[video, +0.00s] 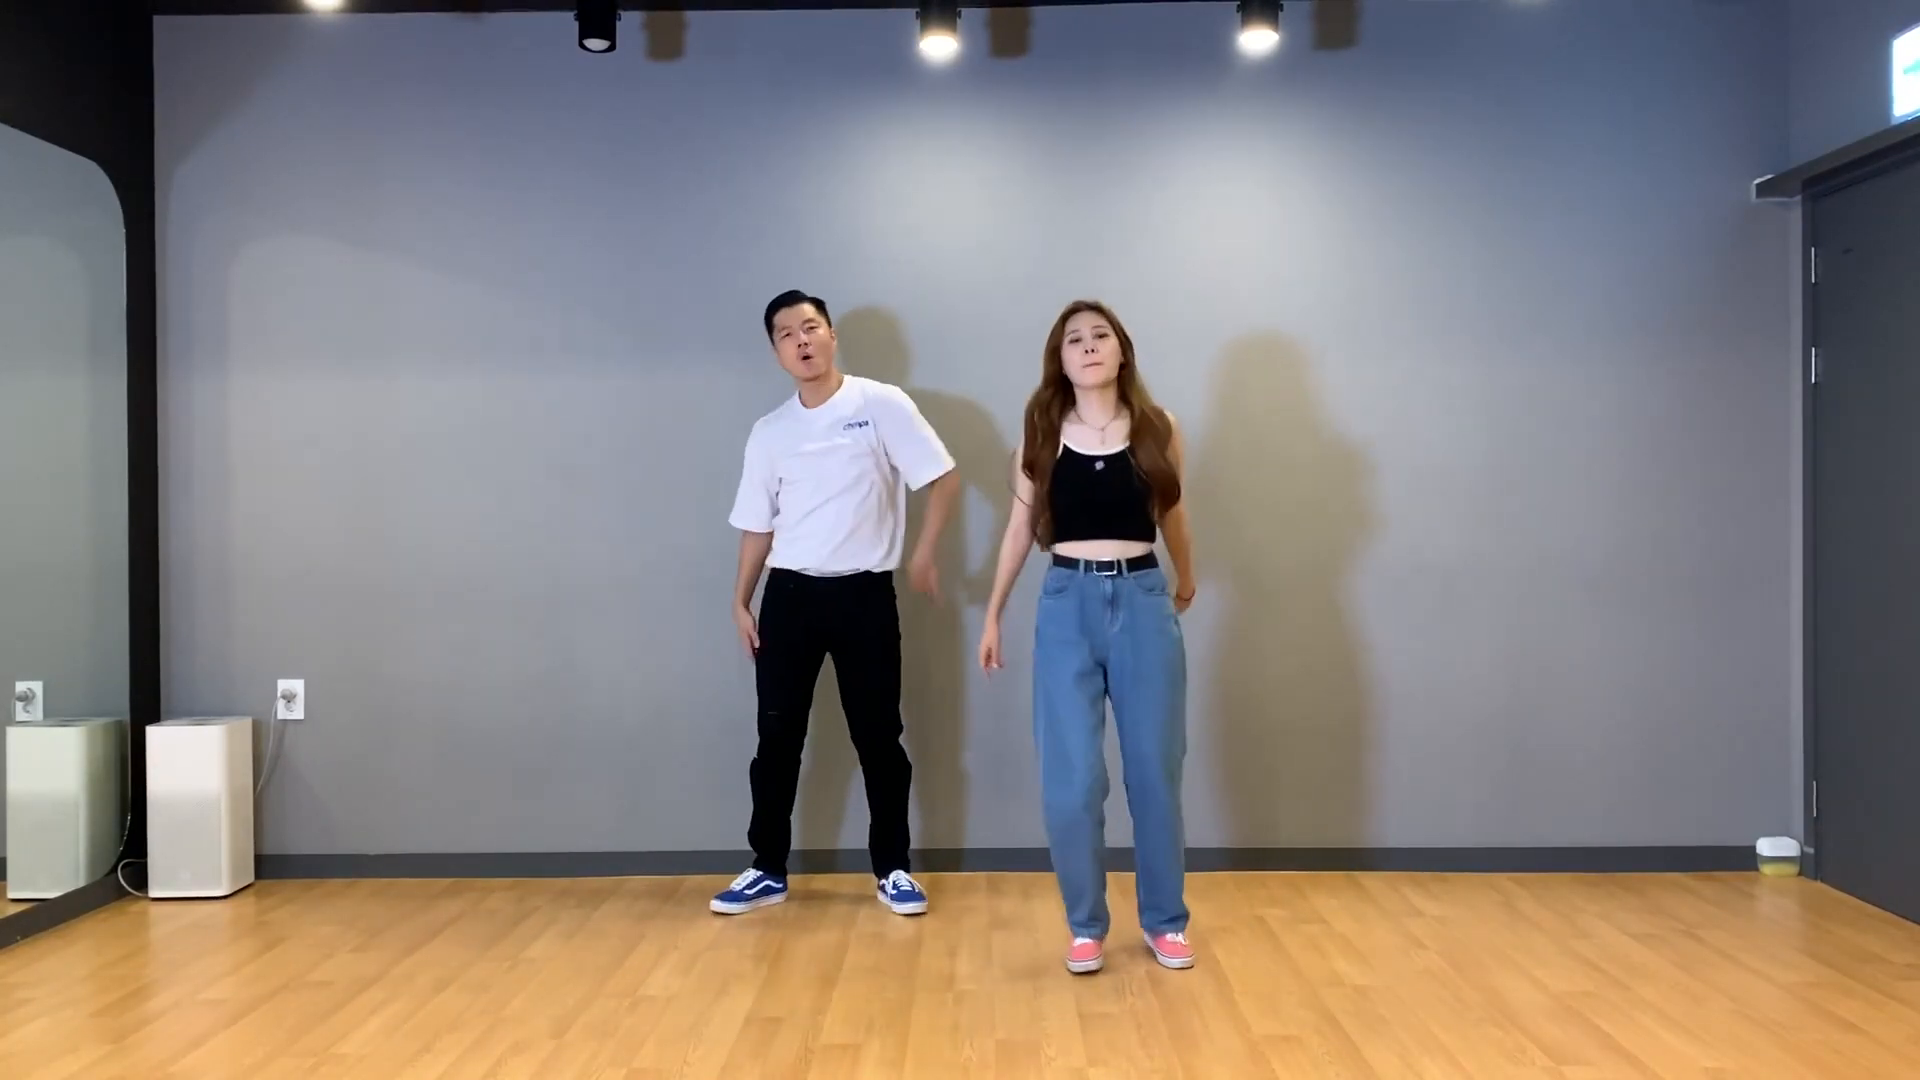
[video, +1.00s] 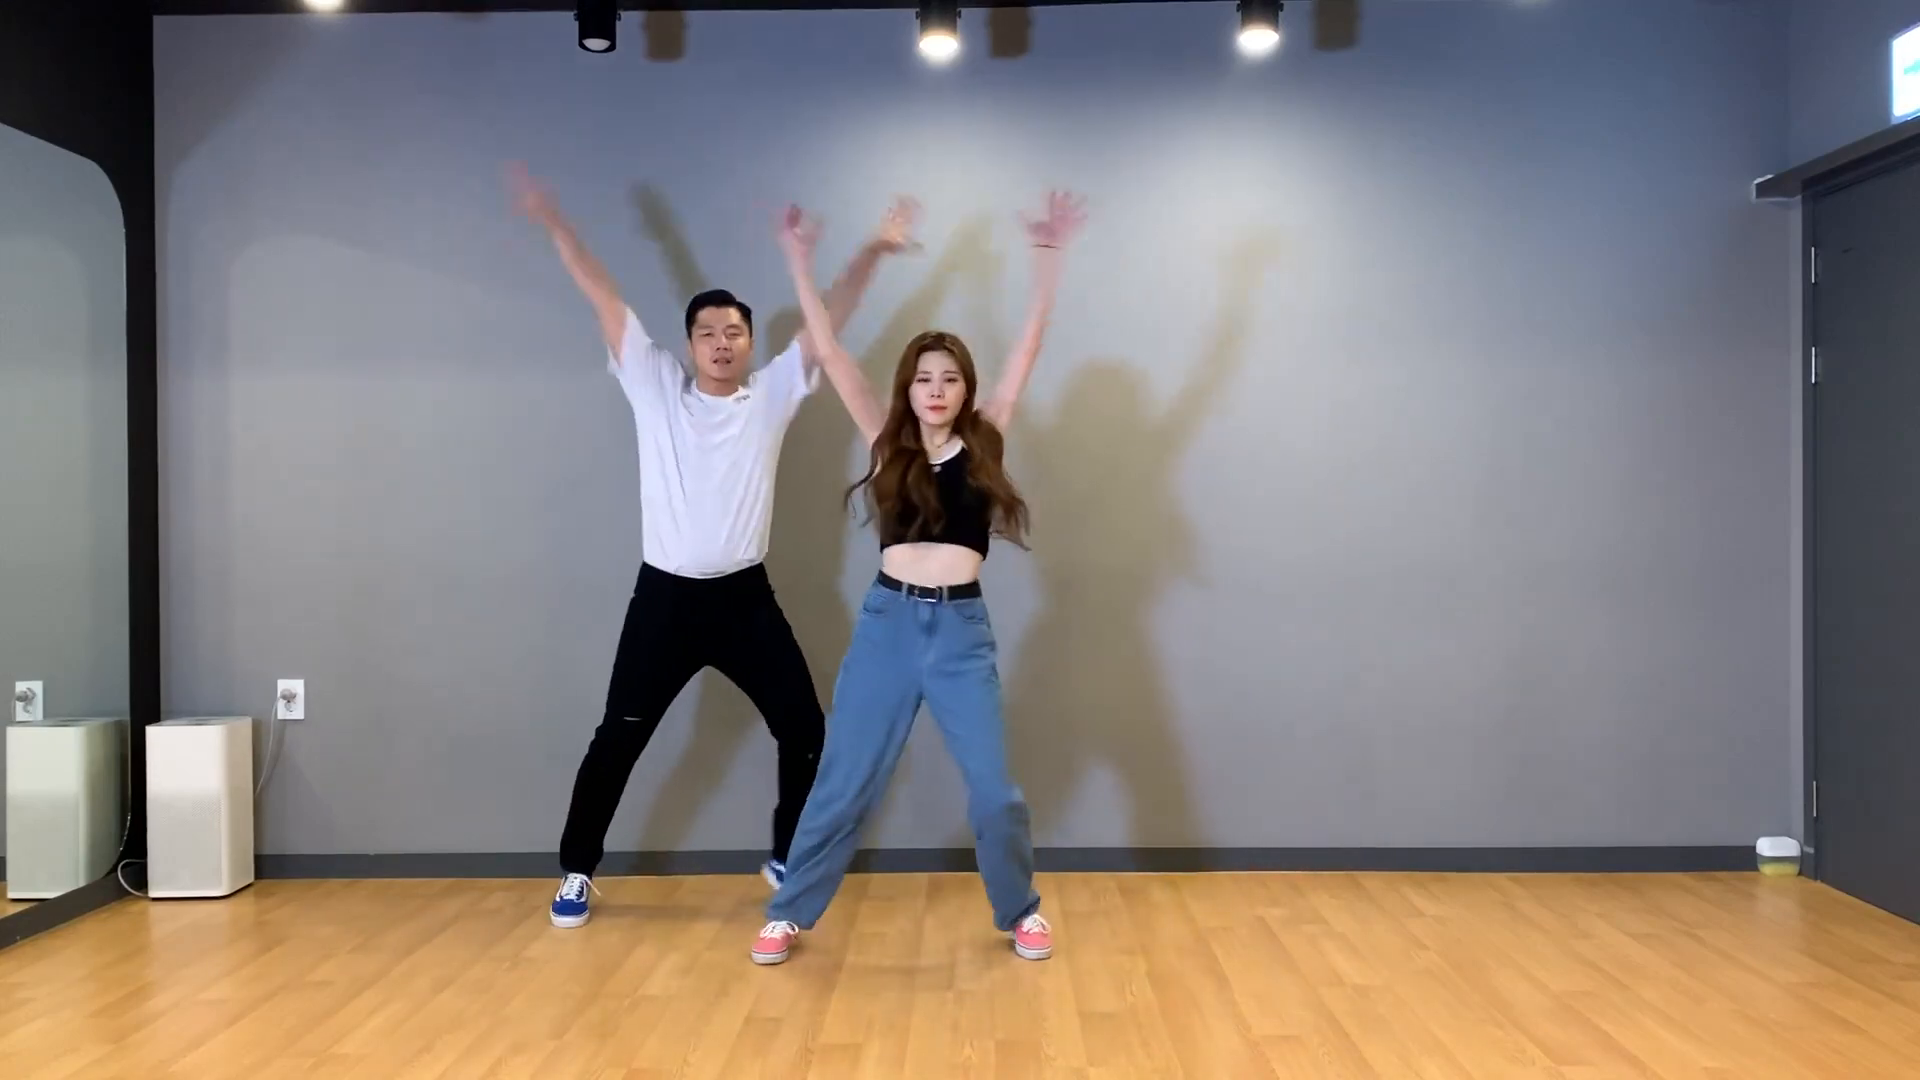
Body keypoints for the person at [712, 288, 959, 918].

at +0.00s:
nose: (802, 339)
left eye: (810, 326)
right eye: (788, 334)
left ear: (833, 335)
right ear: (778, 354)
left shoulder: (880, 402)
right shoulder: (768, 431)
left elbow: (944, 476)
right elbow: (757, 525)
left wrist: (925, 550)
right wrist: (741, 600)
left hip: (865, 595)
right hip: (789, 599)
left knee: (879, 740)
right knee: (776, 741)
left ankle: (894, 870)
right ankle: (767, 871)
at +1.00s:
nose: (722, 340)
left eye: (734, 331)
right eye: (707, 331)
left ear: (751, 344)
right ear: (688, 346)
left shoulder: (771, 398)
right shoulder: (656, 393)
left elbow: (824, 325)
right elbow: (606, 305)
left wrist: (874, 251)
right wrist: (555, 225)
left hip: (744, 601)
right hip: (664, 602)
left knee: (805, 729)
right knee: (618, 738)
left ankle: (787, 861)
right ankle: (576, 873)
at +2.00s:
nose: (844, 377)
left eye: (859, 369)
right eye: (833, 364)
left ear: (871, 383)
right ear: (811, 373)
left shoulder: (902, 454)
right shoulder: (778, 459)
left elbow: (967, 519)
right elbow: (727, 541)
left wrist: (999, 579)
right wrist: (644, 570)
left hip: (903, 621)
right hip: (827, 627)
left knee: (921, 760)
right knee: (833, 762)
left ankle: (866, 831)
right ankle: (863, 884)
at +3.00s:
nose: (925, 396)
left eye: (932, 379)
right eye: (913, 390)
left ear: (958, 372)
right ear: (907, 400)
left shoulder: (998, 441)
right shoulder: (926, 445)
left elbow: (931, 507)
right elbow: (891, 512)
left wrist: (902, 429)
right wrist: (864, 437)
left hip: (968, 622)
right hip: (909, 614)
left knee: (963, 776)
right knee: (845, 739)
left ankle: (1071, 860)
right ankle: (863, 883)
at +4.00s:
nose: (929, 381)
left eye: (937, 366)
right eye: (914, 371)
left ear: (949, 363)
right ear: (889, 373)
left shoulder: (986, 439)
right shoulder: (861, 431)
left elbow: (1002, 540)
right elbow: (828, 513)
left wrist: (1015, 624)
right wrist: (787, 584)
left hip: (972, 616)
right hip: (892, 618)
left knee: (1024, 747)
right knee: (858, 751)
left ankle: (1017, 881)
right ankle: (841, 879)